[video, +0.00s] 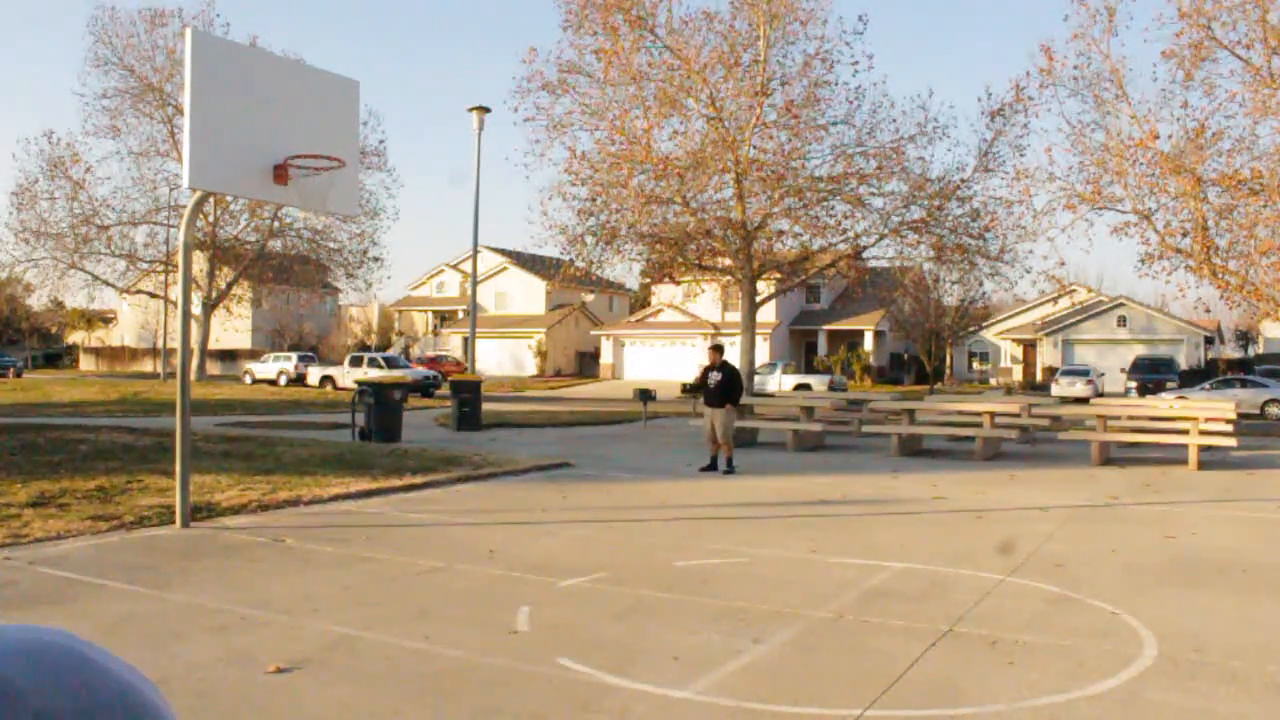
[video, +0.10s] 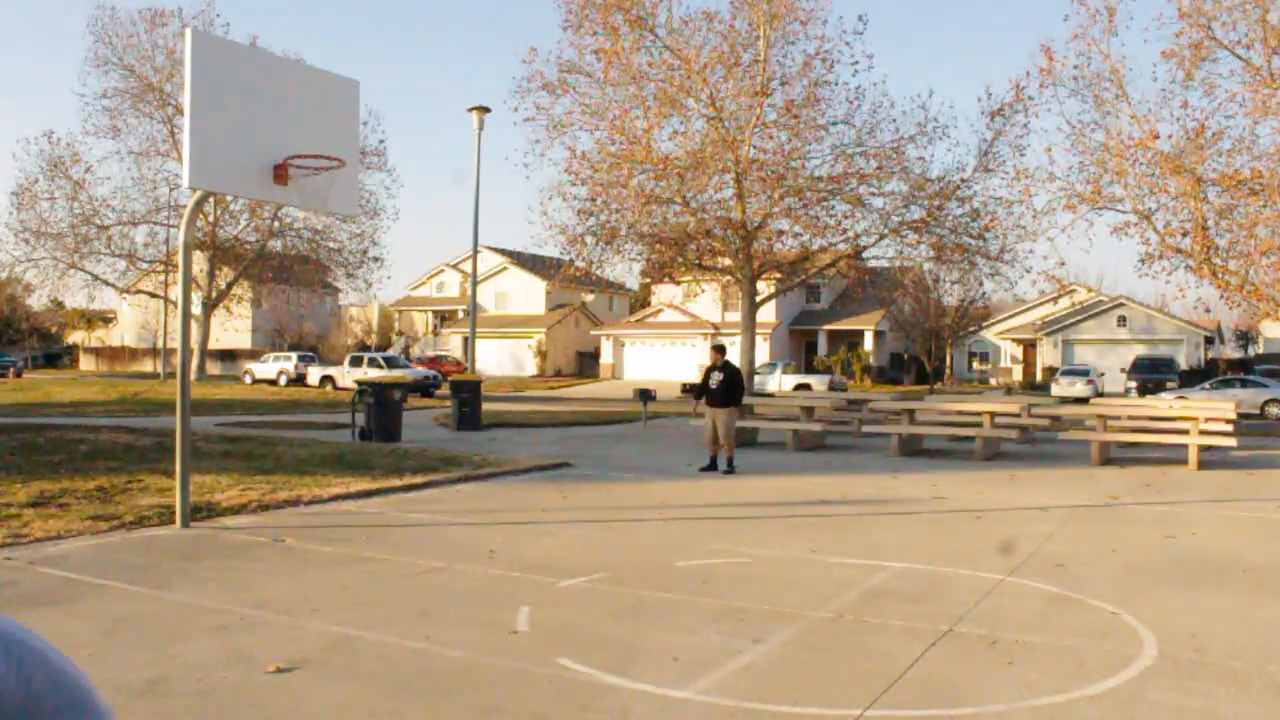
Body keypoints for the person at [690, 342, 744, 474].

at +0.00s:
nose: (710, 357)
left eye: (712, 354)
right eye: (709, 353)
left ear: (719, 355)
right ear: (711, 355)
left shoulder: (731, 370)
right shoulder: (707, 370)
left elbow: (738, 388)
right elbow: (700, 385)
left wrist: (732, 403)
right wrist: (689, 388)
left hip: (724, 408)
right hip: (709, 407)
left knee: (725, 438)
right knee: (712, 438)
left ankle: (729, 464)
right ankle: (713, 462)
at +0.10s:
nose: (711, 356)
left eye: (713, 353)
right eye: (711, 353)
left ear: (719, 354)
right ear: (716, 354)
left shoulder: (733, 371)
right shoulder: (710, 369)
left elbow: (739, 389)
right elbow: (703, 386)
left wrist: (736, 405)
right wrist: (697, 399)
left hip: (726, 408)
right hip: (711, 407)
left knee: (727, 438)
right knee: (712, 438)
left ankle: (730, 465)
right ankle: (713, 462)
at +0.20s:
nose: (712, 356)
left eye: (714, 354)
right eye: (712, 353)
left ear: (720, 355)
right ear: (718, 355)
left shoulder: (735, 371)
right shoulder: (712, 369)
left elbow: (741, 390)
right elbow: (705, 388)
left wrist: (739, 406)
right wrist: (702, 403)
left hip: (727, 408)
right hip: (711, 407)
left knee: (728, 438)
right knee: (708, 438)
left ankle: (730, 464)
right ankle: (711, 461)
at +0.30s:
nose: (712, 357)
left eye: (714, 354)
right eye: (712, 354)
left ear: (720, 355)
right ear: (718, 355)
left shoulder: (735, 371)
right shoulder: (713, 369)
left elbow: (742, 390)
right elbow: (709, 387)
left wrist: (741, 406)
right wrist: (708, 401)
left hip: (727, 408)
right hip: (711, 407)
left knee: (728, 438)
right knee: (704, 434)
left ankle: (730, 464)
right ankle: (707, 457)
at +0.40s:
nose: (712, 357)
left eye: (714, 354)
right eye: (712, 354)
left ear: (720, 355)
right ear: (719, 355)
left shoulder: (734, 371)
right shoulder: (713, 369)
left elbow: (742, 389)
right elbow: (713, 387)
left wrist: (742, 406)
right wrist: (712, 401)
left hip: (727, 408)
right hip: (712, 406)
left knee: (728, 438)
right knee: (703, 434)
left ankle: (730, 465)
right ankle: (704, 458)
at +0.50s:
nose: (712, 357)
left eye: (713, 355)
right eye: (712, 354)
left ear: (719, 355)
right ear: (718, 355)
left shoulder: (732, 371)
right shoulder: (713, 370)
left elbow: (740, 390)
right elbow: (713, 387)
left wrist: (741, 406)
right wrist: (711, 402)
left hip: (727, 409)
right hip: (712, 407)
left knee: (728, 439)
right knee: (705, 435)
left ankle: (730, 465)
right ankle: (701, 461)